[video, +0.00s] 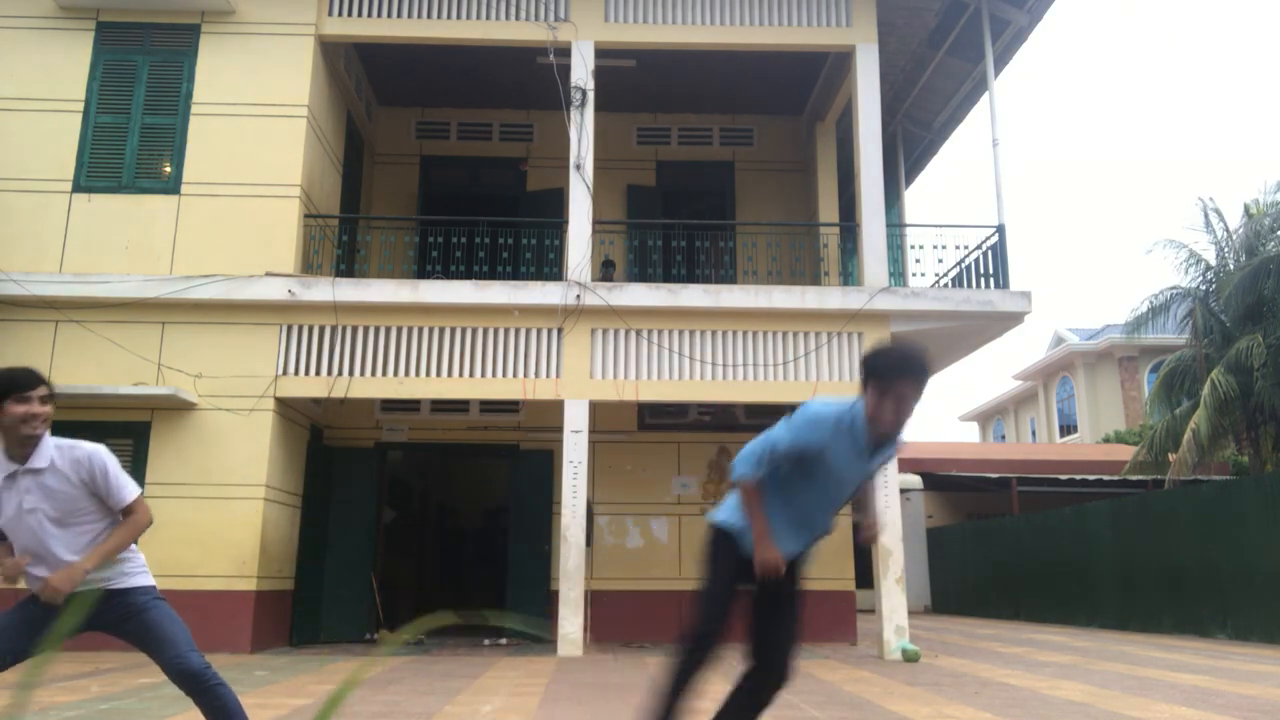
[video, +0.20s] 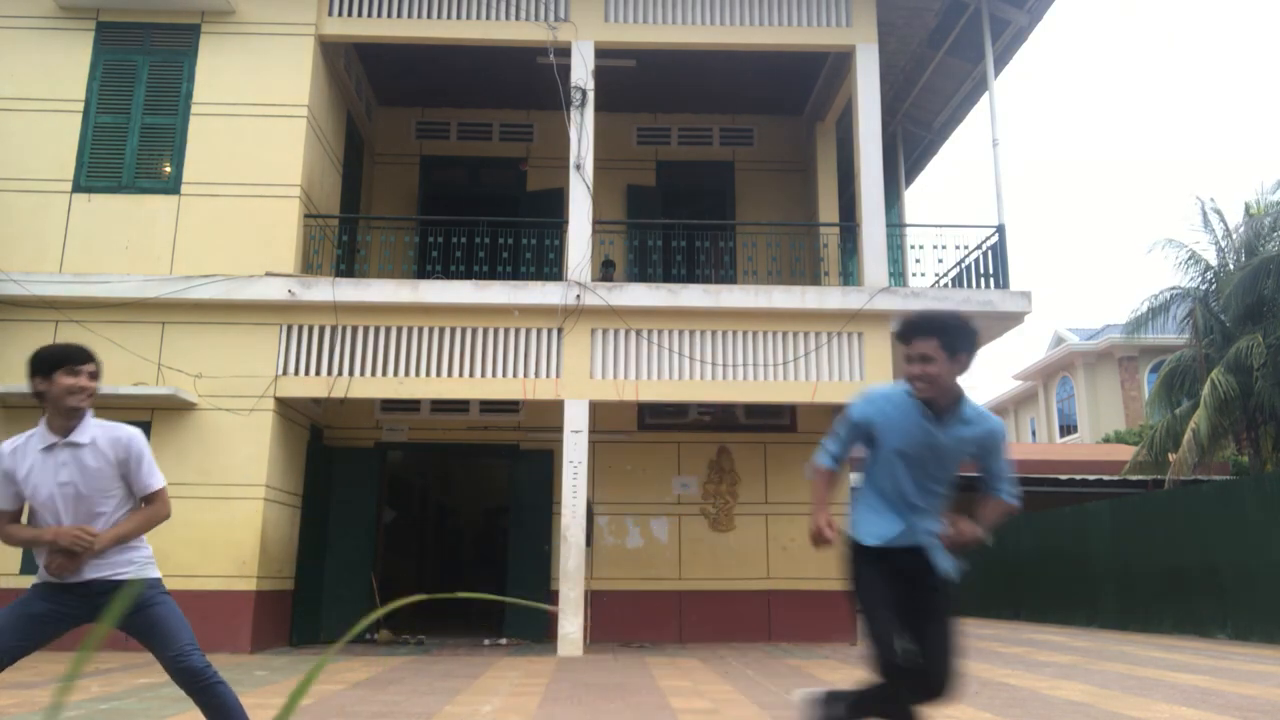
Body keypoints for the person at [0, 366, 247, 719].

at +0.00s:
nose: (36, 410)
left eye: (44, 401)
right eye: (23, 401)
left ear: (52, 407)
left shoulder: (87, 457)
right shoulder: (2, 475)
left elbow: (140, 515)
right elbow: (7, 544)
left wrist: (78, 569)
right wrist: (6, 565)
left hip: (123, 591)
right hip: (51, 599)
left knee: (191, 670)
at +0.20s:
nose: (84, 383)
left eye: (91, 376)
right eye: (71, 374)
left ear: (97, 385)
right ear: (40, 386)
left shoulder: (124, 440)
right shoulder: (13, 455)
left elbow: (160, 507)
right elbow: (6, 527)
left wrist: (87, 549)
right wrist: (52, 535)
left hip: (131, 584)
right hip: (58, 589)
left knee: (192, 669)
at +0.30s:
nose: (108, 374)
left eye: (115, 367)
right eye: (95, 364)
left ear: (122, 376)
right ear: (64, 373)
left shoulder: (143, 434)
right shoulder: (31, 441)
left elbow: (164, 507)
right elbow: (14, 519)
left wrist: (98, 557)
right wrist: (67, 532)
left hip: (136, 580)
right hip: (59, 585)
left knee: (194, 668)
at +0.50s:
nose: (143, 365)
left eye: (149, 359)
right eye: (132, 354)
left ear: (154, 370)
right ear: (100, 363)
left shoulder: (167, 431)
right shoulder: (58, 427)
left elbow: (181, 505)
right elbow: (35, 502)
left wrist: (150, 573)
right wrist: (67, 540)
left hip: (146, 576)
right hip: (72, 578)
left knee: (201, 665)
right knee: (1, 658)